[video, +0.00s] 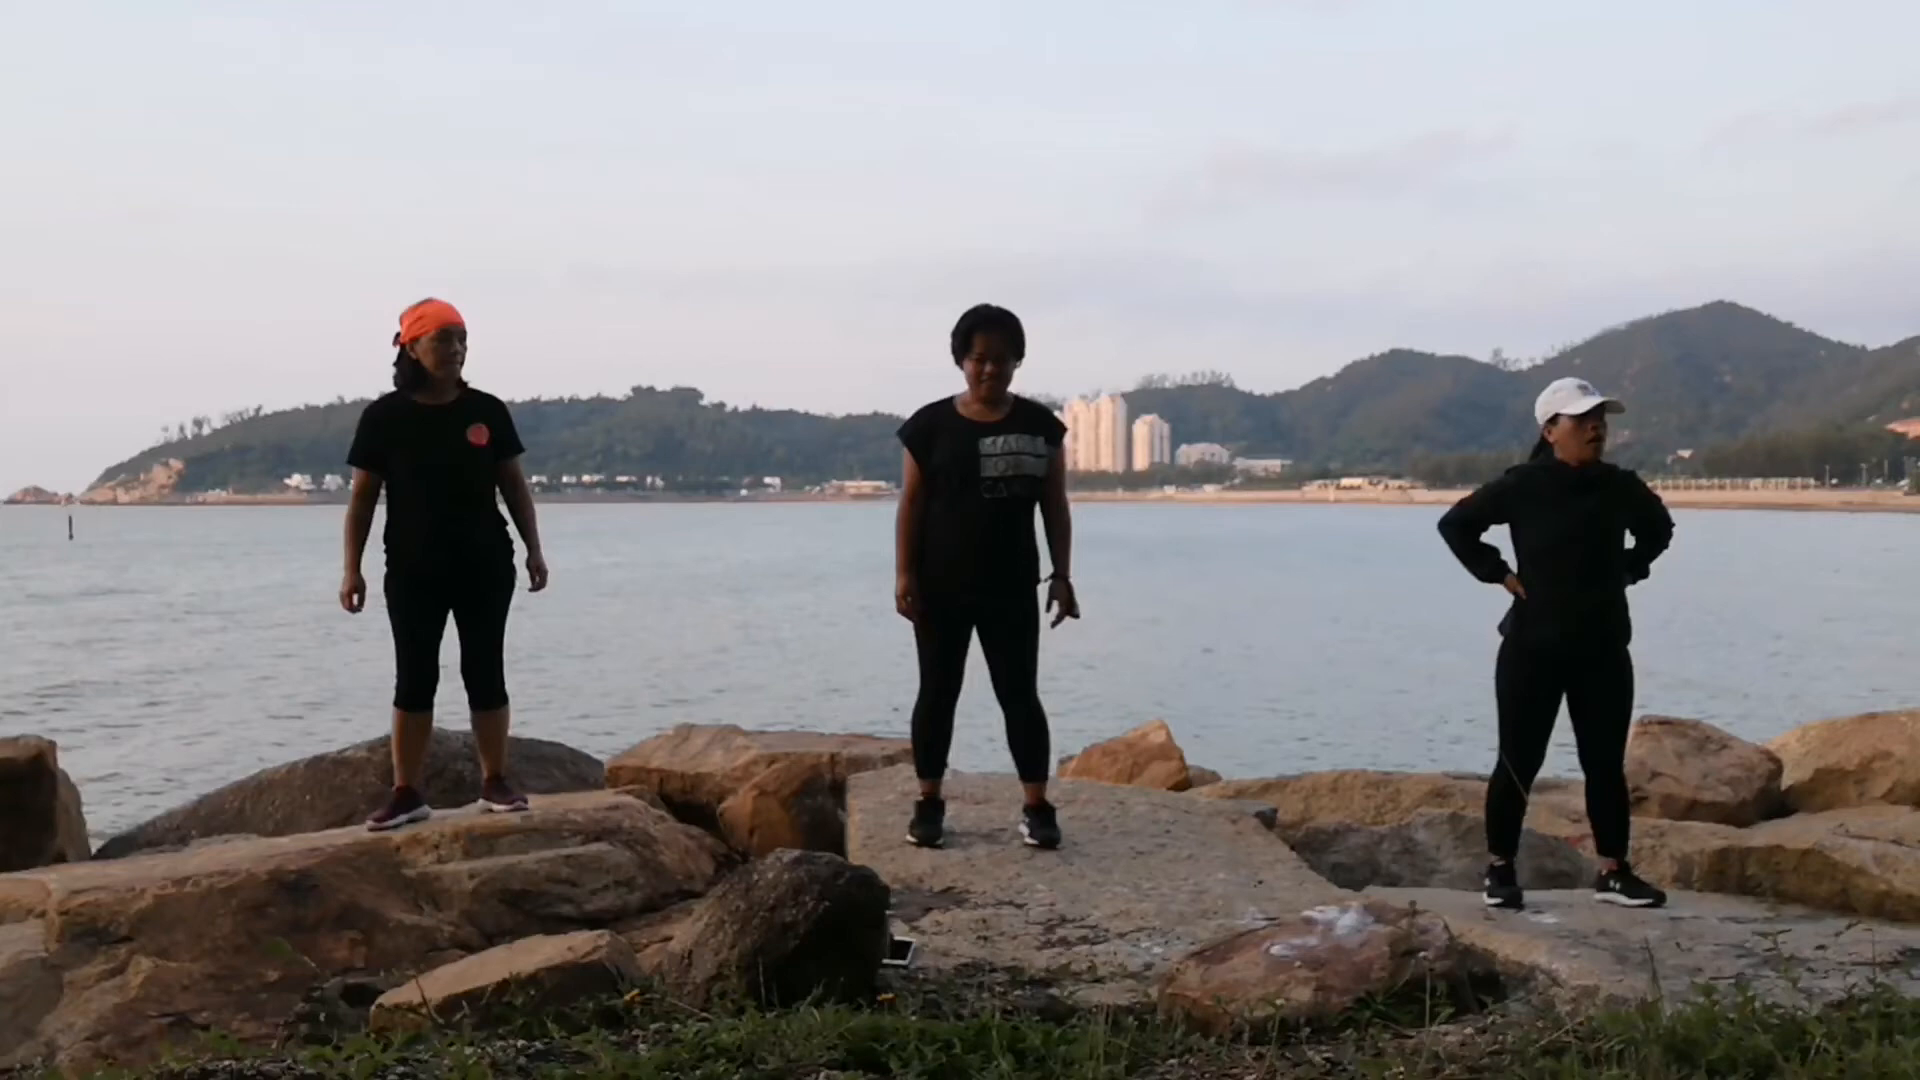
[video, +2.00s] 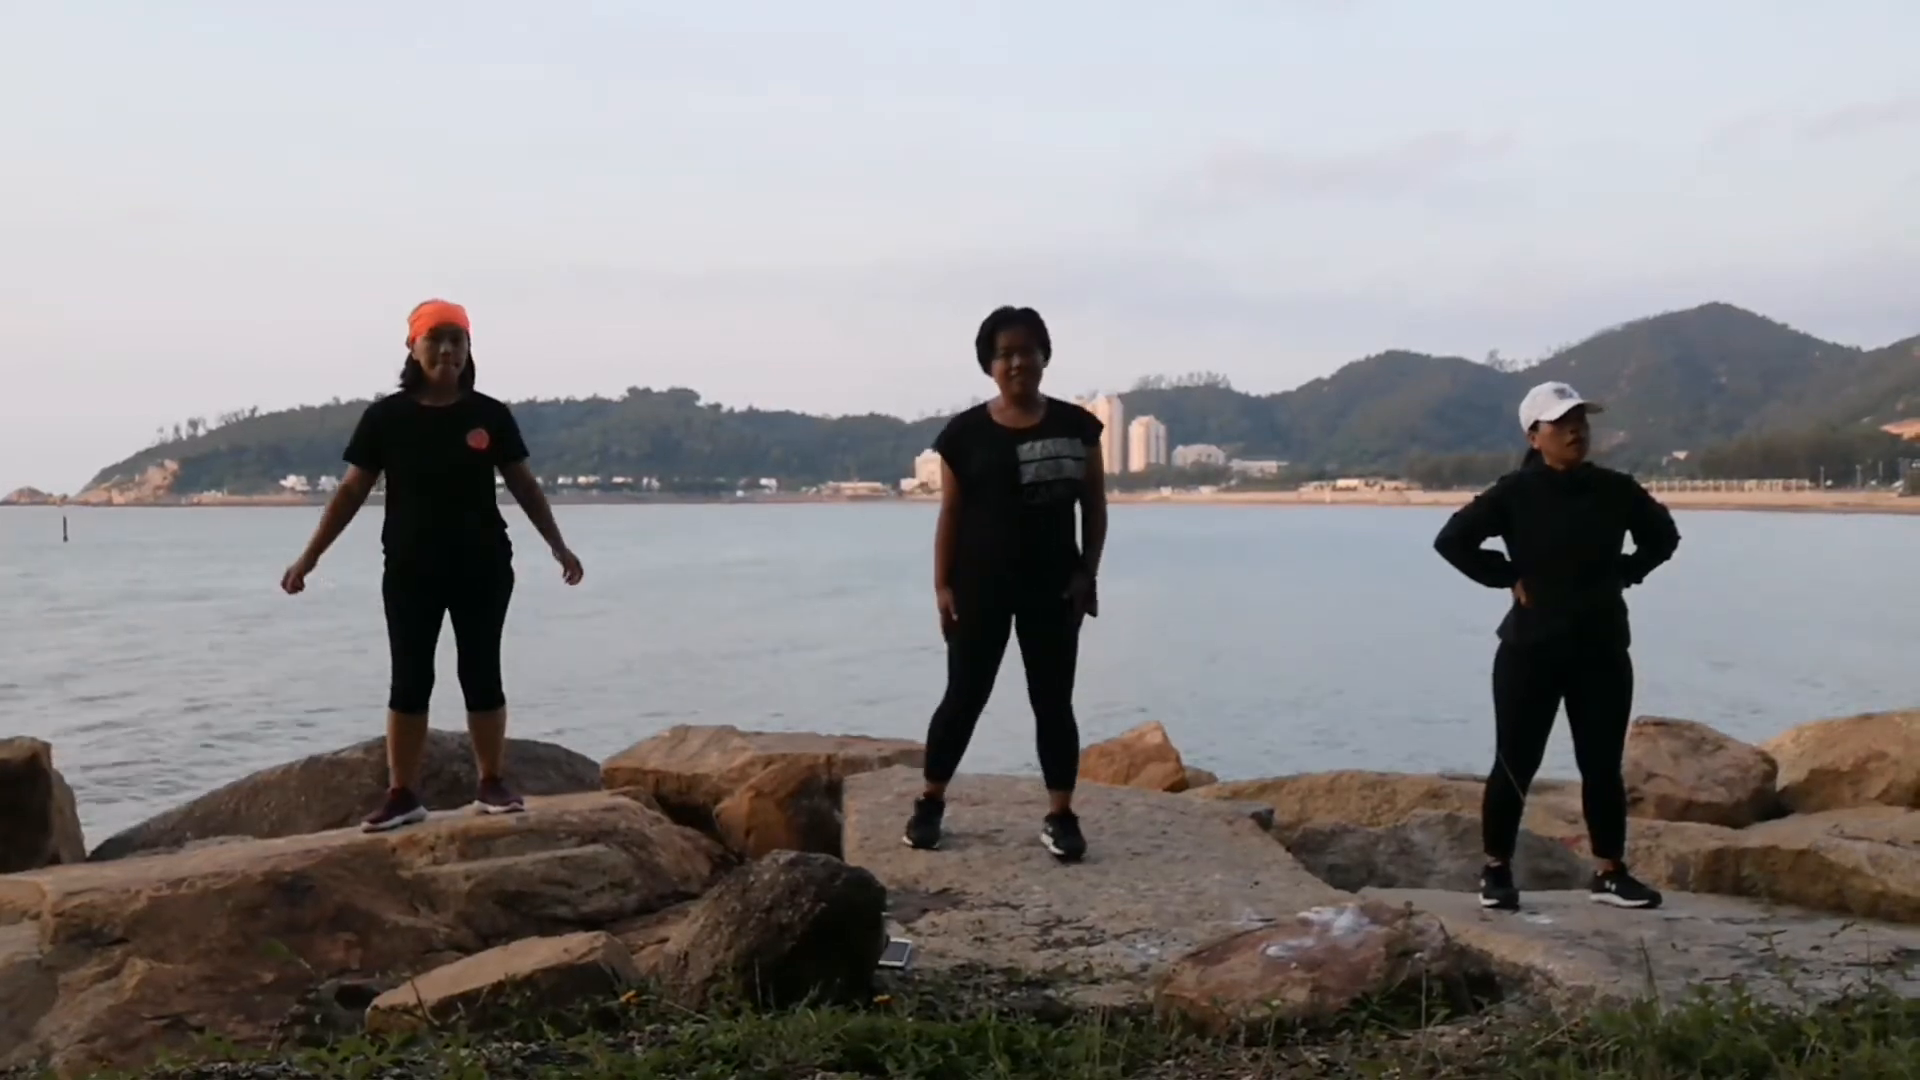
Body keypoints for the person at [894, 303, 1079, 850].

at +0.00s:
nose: (989, 369)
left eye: (1001, 359)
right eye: (979, 358)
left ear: (1016, 363)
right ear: (961, 360)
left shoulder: (1041, 426)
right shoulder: (928, 425)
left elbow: (1055, 505)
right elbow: (910, 503)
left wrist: (1061, 575)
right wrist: (904, 574)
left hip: (1011, 585)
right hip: (942, 586)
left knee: (1020, 697)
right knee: (936, 694)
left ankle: (1038, 804)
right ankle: (929, 800)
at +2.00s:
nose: (1017, 362)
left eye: (1027, 352)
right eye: (1006, 353)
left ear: (1045, 357)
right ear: (989, 363)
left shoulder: (1077, 428)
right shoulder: (964, 434)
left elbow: (1094, 509)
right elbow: (949, 517)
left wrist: (1089, 571)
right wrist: (942, 585)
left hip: (1052, 588)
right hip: (981, 588)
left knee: (1054, 703)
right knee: (963, 697)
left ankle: (1061, 813)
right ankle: (930, 803)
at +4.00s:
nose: (1038, 359)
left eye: (1047, 351)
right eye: (1025, 352)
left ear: (1061, 364)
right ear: (1004, 365)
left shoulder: (1095, 433)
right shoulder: (980, 440)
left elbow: (1110, 515)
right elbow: (966, 524)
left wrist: (1106, 581)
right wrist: (966, 593)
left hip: (1071, 593)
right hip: (1001, 594)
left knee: (1066, 707)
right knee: (963, 701)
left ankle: (1060, 816)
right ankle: (918, 802)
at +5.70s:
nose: (1015, 366)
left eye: (1026, 356)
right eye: (1004, 357)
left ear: (1044, 362)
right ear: (990, 366)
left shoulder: (1077, 434)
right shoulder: (964, 436)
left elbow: (1096, 513)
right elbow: (945, 516)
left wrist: (1110, 583)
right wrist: (937, 586)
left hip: (1046, 594)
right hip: (975, 592)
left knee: (1047, 705)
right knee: (949, 699)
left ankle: (1050, 815)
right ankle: (918, 809)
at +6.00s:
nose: (1002, 367)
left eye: (1014, 357)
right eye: (992, 358)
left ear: (1034, 365)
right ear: (978, 367)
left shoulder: (1062, 437)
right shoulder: (948, 437)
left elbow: (1079, 517)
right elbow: (929, 517)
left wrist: (1089, 586)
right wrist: (922, 585)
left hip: (1029, 595)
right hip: (958, 594)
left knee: (1036, 707)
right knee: (938, 703)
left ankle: (1049, 815)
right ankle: (915, 810)